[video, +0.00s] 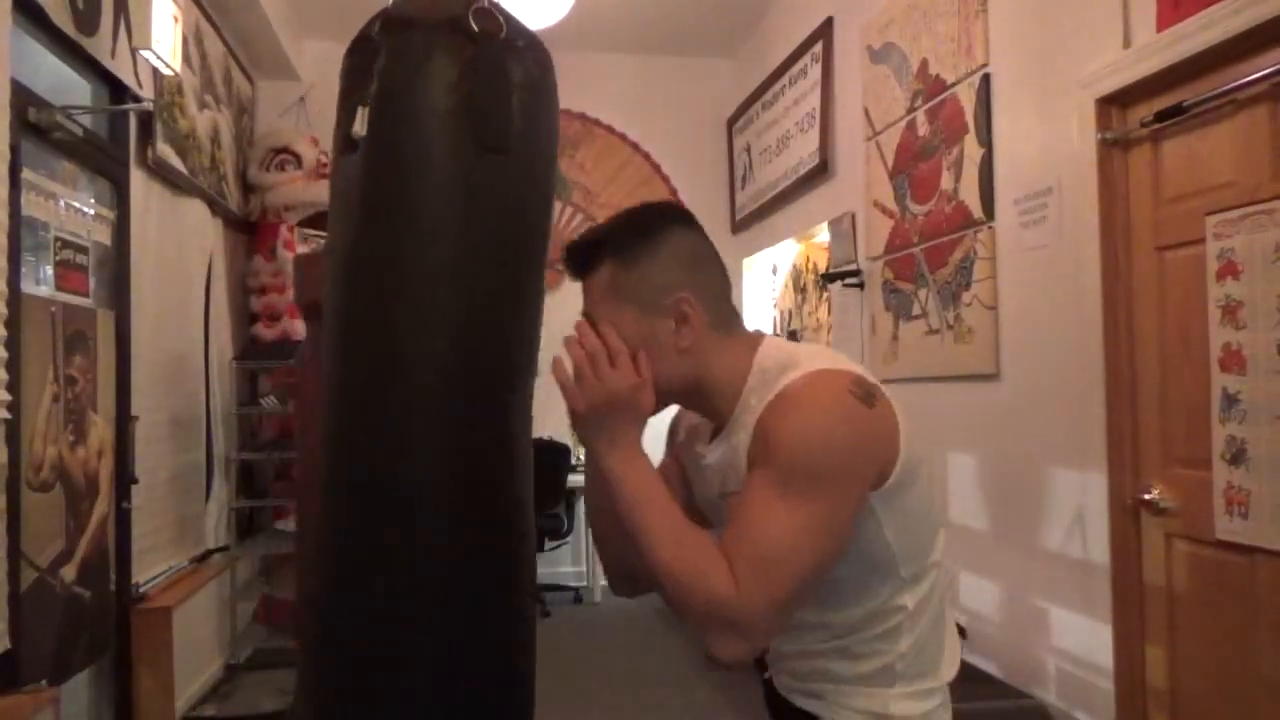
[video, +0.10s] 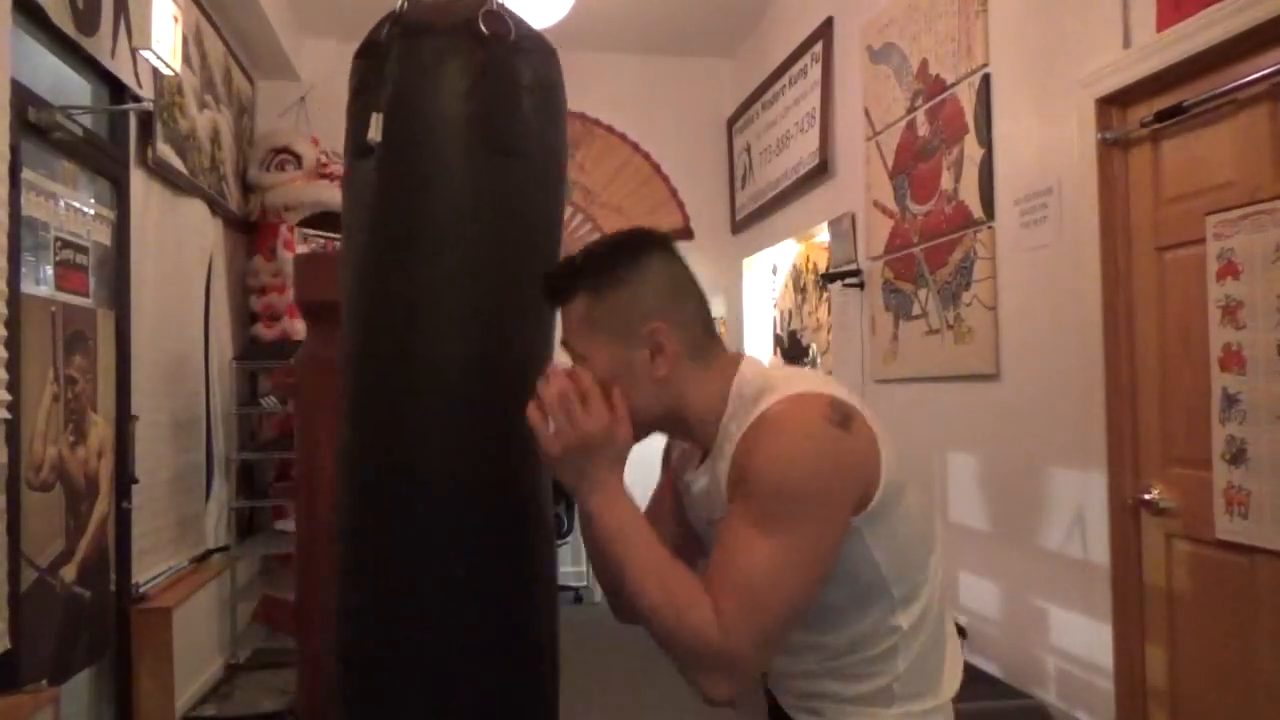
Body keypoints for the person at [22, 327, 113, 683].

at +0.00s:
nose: (69, 391)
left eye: (75, 382)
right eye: (64, 383)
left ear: (90, 384)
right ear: (60, 389)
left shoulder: (105, 432)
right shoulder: (62, 437)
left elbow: (104, 502)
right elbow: (39, 481)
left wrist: (76, 562)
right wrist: (46, 401)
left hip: (105, 548)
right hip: (75, 547)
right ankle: (56, 684)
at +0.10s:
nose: (69, 391)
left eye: (75, 382)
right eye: (64, 383)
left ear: (91, 385)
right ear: (60, 389)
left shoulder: (104, 431)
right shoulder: (63, 437)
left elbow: (104, 502)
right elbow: (38, 480)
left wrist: (76, 562)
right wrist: (47, 399)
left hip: (104, 548)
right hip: (75, 548)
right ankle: (58, 687)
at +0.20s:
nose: (69, 391)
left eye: (75, 382)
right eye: (64, 383)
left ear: (91, 385)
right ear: (61, 390)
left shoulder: (104, 431)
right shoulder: (64, 436)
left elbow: (104, 502)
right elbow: (38, 480)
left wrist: (76, 562)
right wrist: (46, 401)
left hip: (103, 549)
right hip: (75, 548)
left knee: (101, 630)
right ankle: (58, 689)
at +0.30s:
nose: (70, 391)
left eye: (76, 382)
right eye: (64, 383)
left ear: (91, 385)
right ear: (61, 389)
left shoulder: (104, 431)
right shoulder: (63, 437)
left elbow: (104, 502)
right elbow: (38, 480)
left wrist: (76, 563)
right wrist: (46, 401)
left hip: (104, 548)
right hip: (76, 548)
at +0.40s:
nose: (70, 390)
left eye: (76, 381)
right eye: (64, 383)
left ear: (91, 385)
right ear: (60, 389)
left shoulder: (104, 431)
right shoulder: (62, 438)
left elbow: (105, 501)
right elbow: (38, 481)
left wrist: (76, 563)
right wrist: (47, 400)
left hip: (106, 548)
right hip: (76, 549)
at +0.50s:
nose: (70, 391)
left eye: (76, 381)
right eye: (64, 383)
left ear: (91, 385)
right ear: (60, 389)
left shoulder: (104, 431)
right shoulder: (63, 438)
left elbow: (105, 501)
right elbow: (38, 480)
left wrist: (76, 563)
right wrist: (47, 400)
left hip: (106, 548)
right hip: (76, 549)